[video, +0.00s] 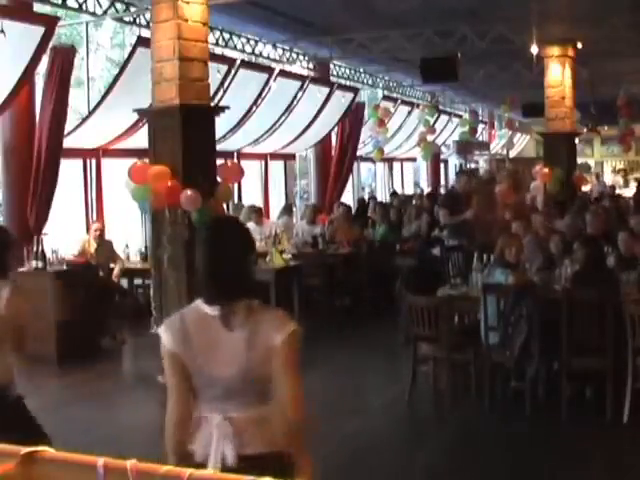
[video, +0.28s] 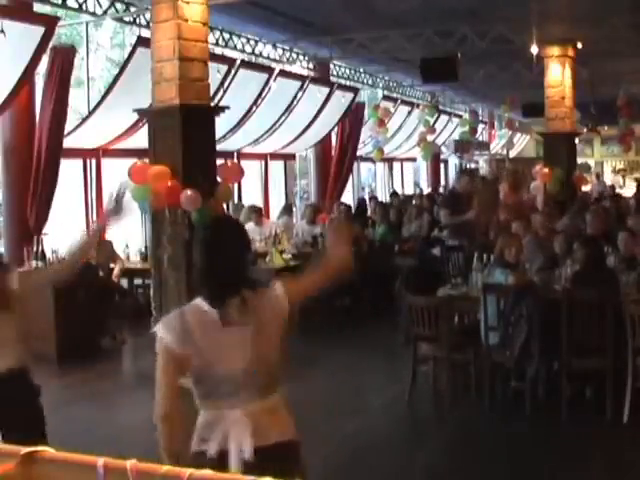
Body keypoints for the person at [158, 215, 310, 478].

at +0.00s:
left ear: (197, 261)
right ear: (250, 260)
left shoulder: (176, 330)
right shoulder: (278, 327)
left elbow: (178, 412)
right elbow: (292, 410)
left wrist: (175, 469)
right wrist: (301, 463)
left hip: (202, 459)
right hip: (266, 457)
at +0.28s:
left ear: (195, 259)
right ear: (246, 254)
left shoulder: (177, 328)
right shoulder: (277, 300)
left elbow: (166, 413)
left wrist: (177, 469)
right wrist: (339, 232)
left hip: (213, 447)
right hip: (275, 440)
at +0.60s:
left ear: (195, 266)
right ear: (245, 261)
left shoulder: (180, 336)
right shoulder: (279, 311)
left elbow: (174, 420)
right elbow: (354, 329)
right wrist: (315, 281)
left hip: (219, 461)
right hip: (282, 454)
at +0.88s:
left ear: (211, 260)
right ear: (258, 259)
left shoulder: (203, 313)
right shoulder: (276, 328)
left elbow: (172, 254)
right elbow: (274, 412)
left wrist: (153, 178)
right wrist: (297, 466)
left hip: (213, 444)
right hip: (261, 450)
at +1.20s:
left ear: (199, 264)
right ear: (247, 266)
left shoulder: (176, 328)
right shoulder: (268, 339)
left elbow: (175, 410)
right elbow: (265, 419)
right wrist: (295, 416)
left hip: (194, 461)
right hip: (247, 465)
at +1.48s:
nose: (238, 245)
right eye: (233, 239)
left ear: (188, 252)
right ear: (233, 251)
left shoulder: (169, 312)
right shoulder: (253, 297)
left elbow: (131, 374)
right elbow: (271, 215)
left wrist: (155, 437)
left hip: (193, 441)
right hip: (249, 444)